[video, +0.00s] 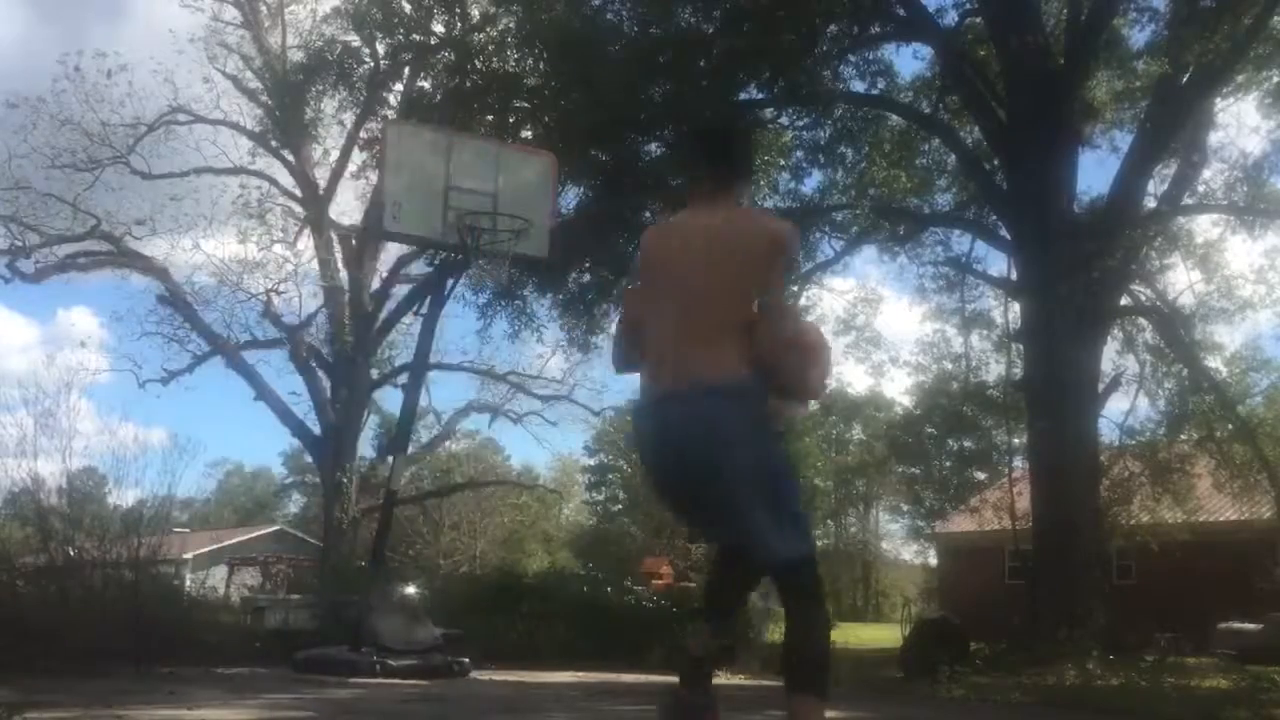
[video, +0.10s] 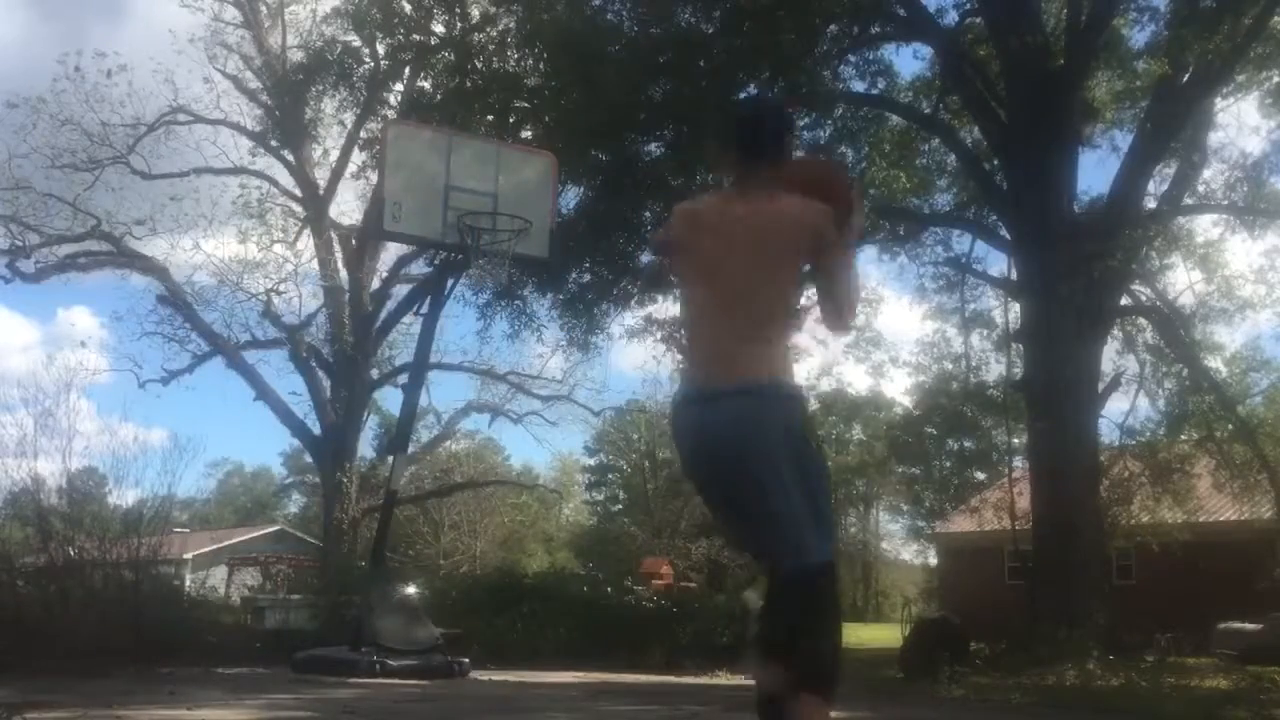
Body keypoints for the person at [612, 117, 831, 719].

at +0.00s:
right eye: (746, 168)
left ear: (687, 172)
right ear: (746, 171)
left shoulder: (657, 240)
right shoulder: (771, 233)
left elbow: (626, 350)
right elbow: (771, 339)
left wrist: (690, 330)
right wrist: (801, 377)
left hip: (660, 425)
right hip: (733, 419)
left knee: (740, 543)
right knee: (800, 579)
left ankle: (697, 679)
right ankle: (806, 707)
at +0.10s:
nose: (783, 157)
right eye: (784, 147)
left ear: (729, 150)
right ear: (785, 151)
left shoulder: (687, 218)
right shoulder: (808, 216)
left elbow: (665, 267)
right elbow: (840, 314)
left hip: (696, 412)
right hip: (769, 410)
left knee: (784, 561)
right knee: (811, 562)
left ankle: (774, 689)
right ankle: (808, 702)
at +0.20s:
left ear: (753, 86)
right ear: (813, 88)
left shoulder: (720, 141)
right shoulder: (823, 150)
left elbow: (672, 110)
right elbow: (868, 176)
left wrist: (734, 85)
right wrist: (858, 93)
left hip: (740, 354)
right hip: (810, 350)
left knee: (764, 545)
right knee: (830, 541)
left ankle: (767, 705)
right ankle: (831, 706)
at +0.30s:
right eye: (827, 20)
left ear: (760, 26)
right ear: (822, 26)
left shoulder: (735, 75)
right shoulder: (843, 83)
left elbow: (677, 62)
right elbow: (879, 88)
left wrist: (732, 30)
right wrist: (859, 34)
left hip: (763, 281)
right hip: (835, 280)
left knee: (766, 474)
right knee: (843, 476)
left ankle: (760, 669)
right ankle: (833, 665)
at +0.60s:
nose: (902, 34)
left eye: (890, 28)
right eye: (900, 27)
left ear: (841, 29)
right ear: (893, 30)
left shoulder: (806, 80)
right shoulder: (913, 70)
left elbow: (784, 56)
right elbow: (919, 45)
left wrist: (776, 37)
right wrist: (891, 23)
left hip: (812, 283)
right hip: (891, 282)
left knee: (783, 476)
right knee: (904, 485)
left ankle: (742, 660)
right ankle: (923, 669)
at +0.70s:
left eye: (876, 71)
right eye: (914, 77)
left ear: (863, 84)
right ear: (920, 84)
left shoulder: (823, 149)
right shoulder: (940, 141)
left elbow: (796, 135)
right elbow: (918, 89)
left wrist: (796, 103)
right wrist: (899, 33)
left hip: (829, 355)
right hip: (907, 353)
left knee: (796, 527)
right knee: (925, 534)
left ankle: (748, 685)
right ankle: (945, 690)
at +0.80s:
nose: (873, 147)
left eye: (877, 139)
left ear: (881, 144)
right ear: (942, 149)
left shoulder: (842, 219)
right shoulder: (961, 218)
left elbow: (798, 255)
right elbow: (984, 216)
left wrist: (809, 201)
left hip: (852, 418)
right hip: (927, 420)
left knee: (821, 578)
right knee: (933, 582)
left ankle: (762, 705)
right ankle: (943, 707)